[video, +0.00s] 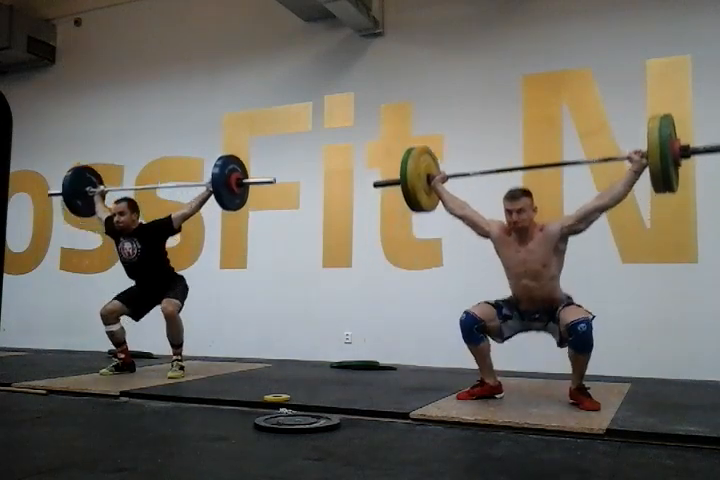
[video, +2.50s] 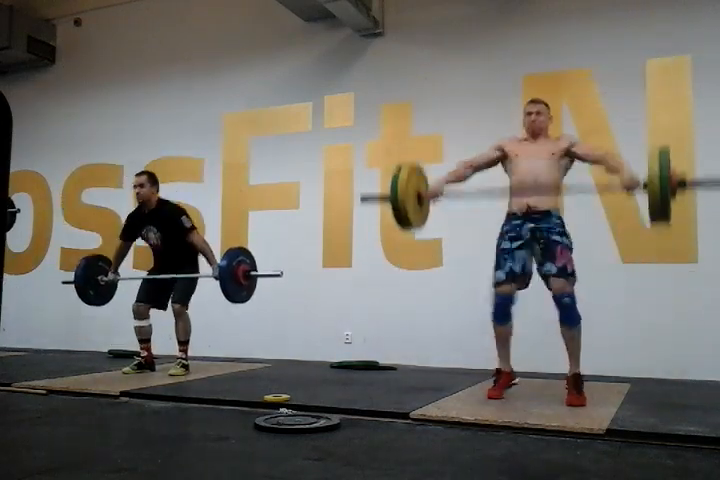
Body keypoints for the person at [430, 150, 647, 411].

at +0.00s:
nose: (515, 218)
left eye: (521, 212)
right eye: (510, 213)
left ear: (534, 210)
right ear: (505, 214)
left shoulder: (556, 232)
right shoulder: (497, 234)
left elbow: (600, 204)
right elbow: (464, 212)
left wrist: (635, 171)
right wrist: (438, 188)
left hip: (555, 310)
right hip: (516, 310)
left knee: (582, 327)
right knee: (470, 321)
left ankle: (577, 389)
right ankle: (489, 383)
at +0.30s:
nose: (518, 167)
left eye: (523, 161)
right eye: (513, 162)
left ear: (536, 160)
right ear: (507, 164)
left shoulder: (557, 183)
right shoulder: (500, 188)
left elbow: (604, 154)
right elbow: (464, 166)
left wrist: (635, 118)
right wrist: (440, 141)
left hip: (556, 270)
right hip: (520, 271)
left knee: (582, 323)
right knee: (473, 315)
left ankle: (578, 388)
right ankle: (489, 382)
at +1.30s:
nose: (532, 122)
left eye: (538, 118)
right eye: (528, 118)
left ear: (549, 123)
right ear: (523, 124)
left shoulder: (564, 153)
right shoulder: (509, 160)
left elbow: (616, 152)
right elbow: (465, 167)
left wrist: (630, 114)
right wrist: (443, 139)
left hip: (548, 235)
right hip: (512, 236)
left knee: (560, 310)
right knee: (508, 311)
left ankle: (572, 382)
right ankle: (511, 380)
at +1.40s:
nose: (532, 110)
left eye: (538, 106)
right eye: (528, 107)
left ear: (550, 114)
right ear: (523, 115)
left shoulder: (562, 142)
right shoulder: (511, 147)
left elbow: (607, 137)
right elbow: (471, 156)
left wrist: (641, 131)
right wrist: (442, 154)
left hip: (550, 223)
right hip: (516, 226)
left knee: (562, 301)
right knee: (511, 302)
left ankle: (572, 376)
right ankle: (509, 374)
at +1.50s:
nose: (528, 110)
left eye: (534, 105)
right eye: (524, 106)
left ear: (547, 111)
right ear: (519, 113)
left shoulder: (563, 140)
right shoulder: (506, 145)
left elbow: (607, 145)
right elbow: (467, 160)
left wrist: (624, 172)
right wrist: (441, 185)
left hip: (552, 226)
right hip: (518, 228)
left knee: (564, 303)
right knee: (513, 304)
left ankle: (572, 378)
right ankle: (509, 376)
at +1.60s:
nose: (521, 116)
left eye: (527, 110)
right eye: (517, 111)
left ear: (539, 113)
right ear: (511, 116)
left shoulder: (558, 147)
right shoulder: (500, 153)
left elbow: (599, 174)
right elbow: (467, 183)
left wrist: (627, 215)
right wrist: (444, 218)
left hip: (554, 235)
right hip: (518, 237)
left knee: (564, 307)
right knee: (512, 308)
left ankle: (573, 381)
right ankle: (510, 379)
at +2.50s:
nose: (533, 117)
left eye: (538, 113)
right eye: (528, 113)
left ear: (549, 119)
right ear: (522, 120)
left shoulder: (563, 145)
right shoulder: (509, 147)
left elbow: (602, 157)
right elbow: (471, 166)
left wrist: (625, 174)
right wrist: (440, 183)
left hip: (550, 223)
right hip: (515, 224)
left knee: (564, 296)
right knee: (502, 296)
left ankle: (575, 376)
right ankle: (504, 371)